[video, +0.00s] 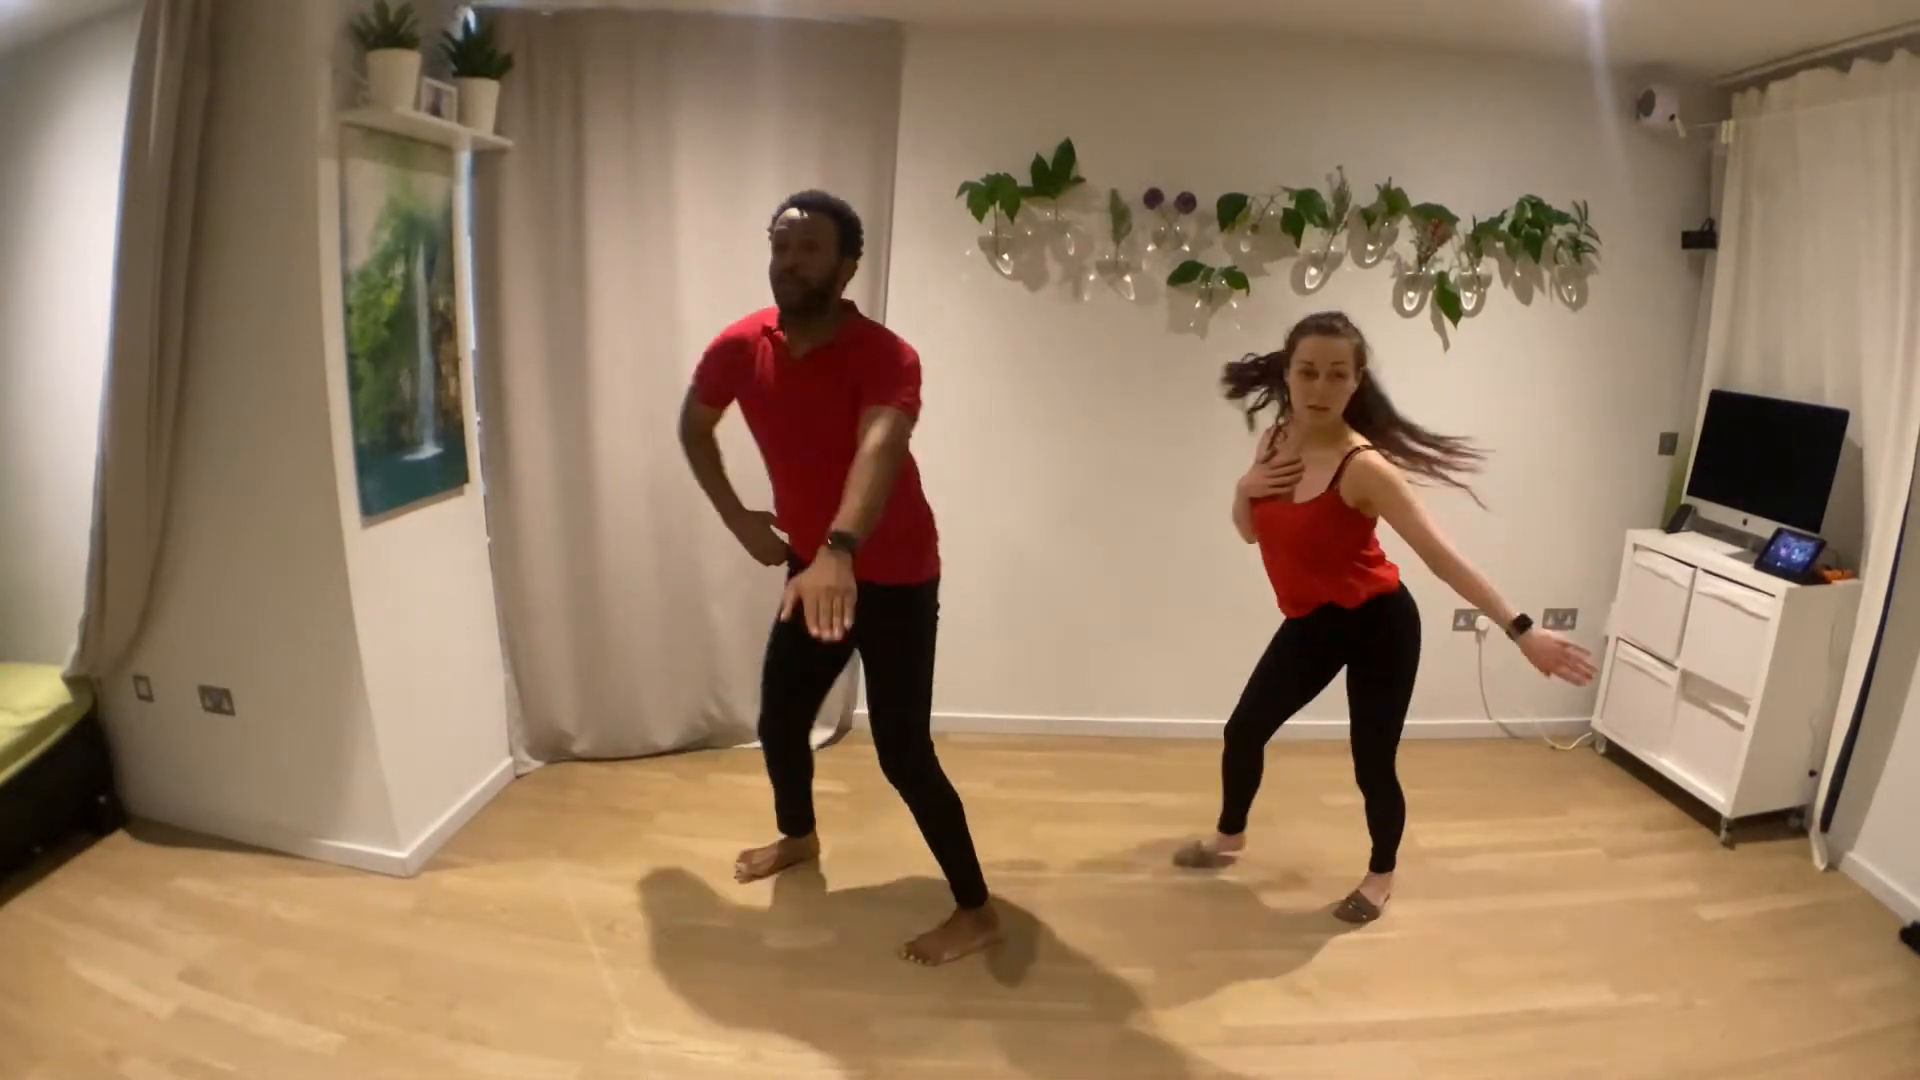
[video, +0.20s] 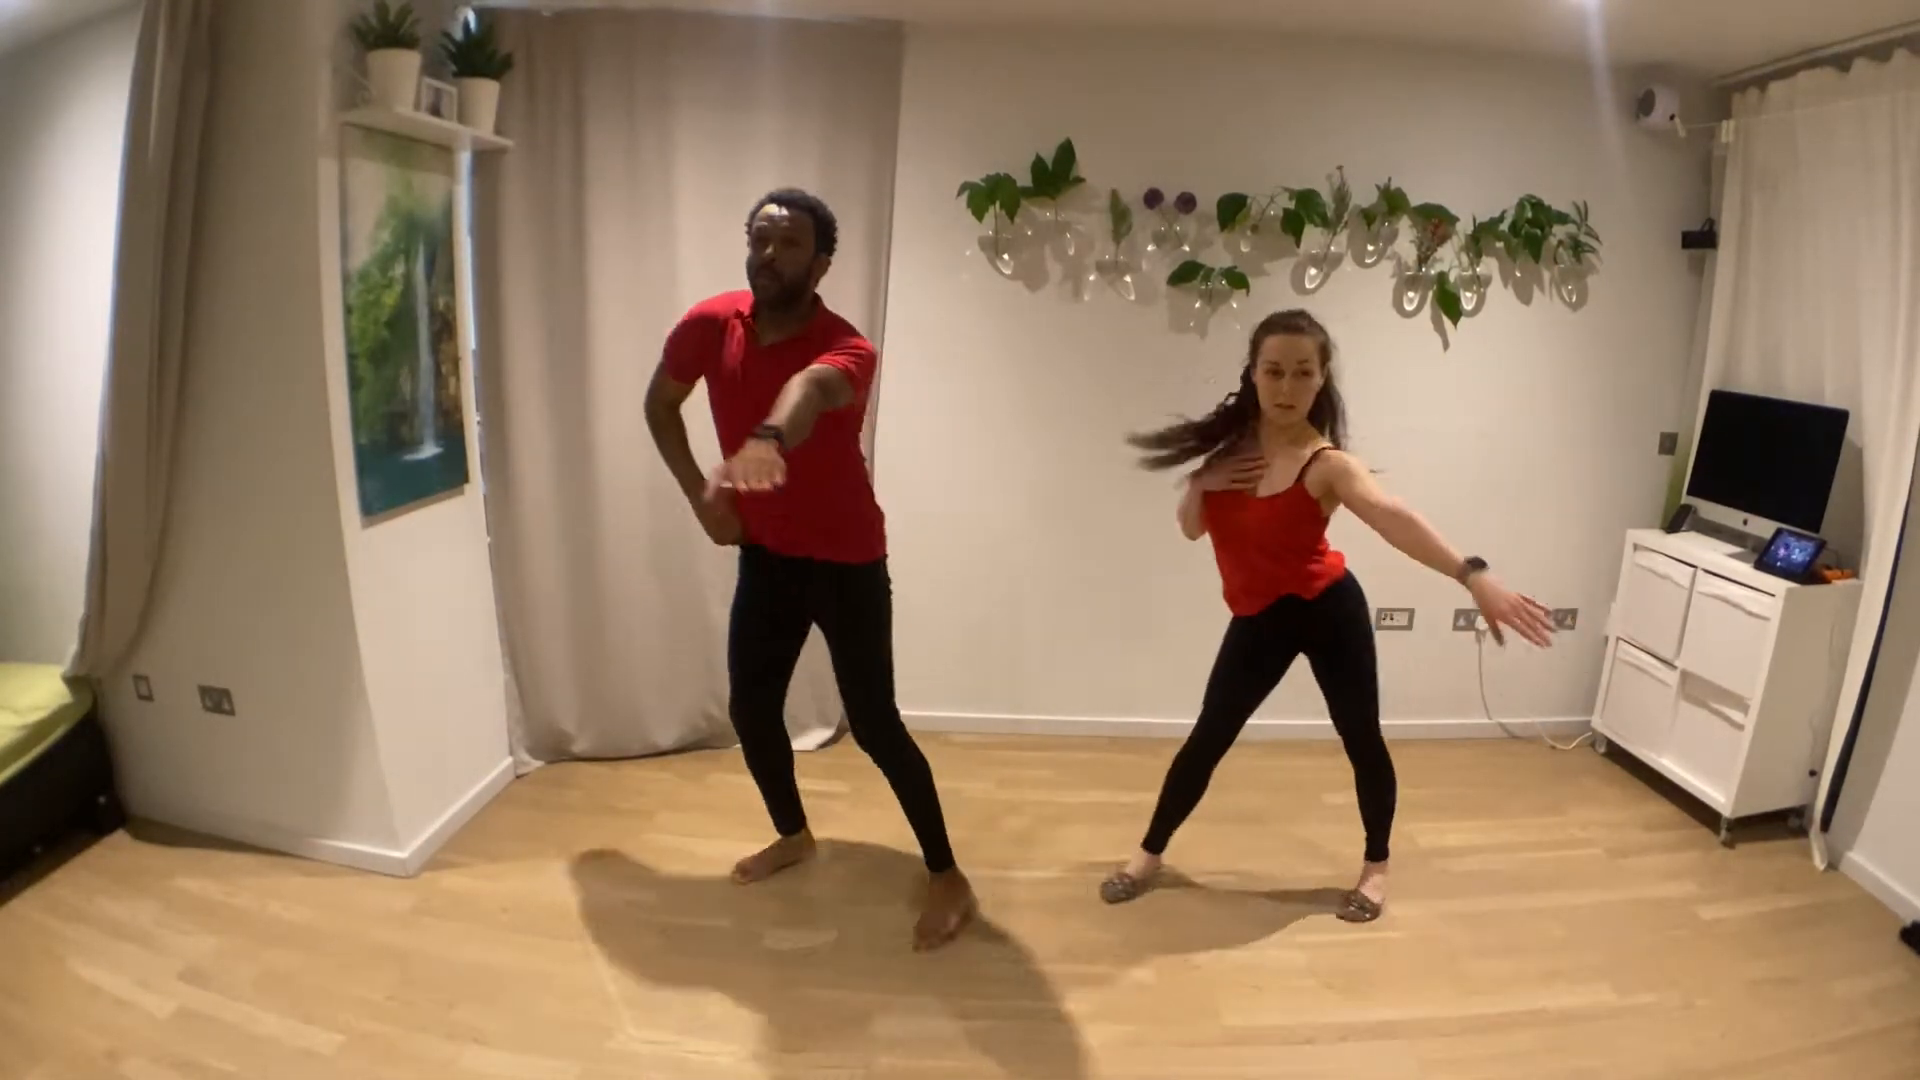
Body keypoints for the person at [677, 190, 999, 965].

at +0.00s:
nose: (788, 260)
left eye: (807, 247)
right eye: (779, 245)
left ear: (846, 263)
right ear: (768, 255)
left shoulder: (886, 357)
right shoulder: (742, 350)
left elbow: (879, 451)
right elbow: (695, 430)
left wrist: (838, 549)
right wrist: (743, 522)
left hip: (897, 574)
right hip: (814, 568)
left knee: (904, 751)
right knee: (781, 724)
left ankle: (976, 907)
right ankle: (797, 840)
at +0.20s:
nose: (765, 252)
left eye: (784, 241)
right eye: (757, 238)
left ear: (820, 259)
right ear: (744, 249)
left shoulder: (848, 349)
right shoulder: (711, 326)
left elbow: (813, 388)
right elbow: (660, 406)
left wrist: (772, 439)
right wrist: (701, 494)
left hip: (849, 562)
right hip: (769, 558)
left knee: (875, 721)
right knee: (752, 710)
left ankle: (946, 876)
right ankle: (793, 834)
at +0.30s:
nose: (750, 254)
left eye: (771, 243)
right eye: (742, 239)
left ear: (806, 259)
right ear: (728, 248)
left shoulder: (827, 350)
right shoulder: (697, 331)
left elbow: (775, 375)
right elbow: (666, 410)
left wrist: (713, 413)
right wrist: (684, 494)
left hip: (826, 557)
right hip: (748, 550)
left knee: (834, 720)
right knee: (743, 708)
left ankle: (914, 811)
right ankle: (792, 832)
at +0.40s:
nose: (736, 255)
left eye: (754, 244)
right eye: (726, 243)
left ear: (789, 259)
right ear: (713, 255)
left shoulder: (810, 350)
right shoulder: (697, 338)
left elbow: (739, 372)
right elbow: (683, 421)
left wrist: (643, 395)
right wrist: (679, 501)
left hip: (807, 558)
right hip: (730, 551)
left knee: (801, 712)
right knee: (732, 708)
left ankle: (833, 753)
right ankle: (789, 830)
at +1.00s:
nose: (686, 287)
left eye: (703, 274)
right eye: (674, 274)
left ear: (733, 286)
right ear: (660, 284)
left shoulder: (769, 374)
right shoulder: (640, 361)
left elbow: (734, 482)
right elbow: (622, 438)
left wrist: (665, 396)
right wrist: (607, 508)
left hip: (748, 577)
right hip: (668, 569)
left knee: (729, 701)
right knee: (656, 727)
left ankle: (714, 767)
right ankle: (642, 866)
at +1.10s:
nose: (682, 278)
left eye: (698, 267)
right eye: (668, 268)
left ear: (730, 283)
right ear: (654, 286)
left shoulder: (782, 372)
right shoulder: (628, 387)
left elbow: (814, 485)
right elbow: (607, 512)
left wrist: (712, 479)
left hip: (757, 579)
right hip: (671, 576)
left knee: (762, 742)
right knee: (661, 736)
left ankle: (739, 774)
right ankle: (640, 869)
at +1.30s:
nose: (709, 267)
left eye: (725, 257)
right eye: (694, 259)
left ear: (755, 278)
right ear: (674, 283)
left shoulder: (788, 363)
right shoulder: (658, 366)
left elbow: (824, 451)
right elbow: (722, 327)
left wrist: (845, 529)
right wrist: (818, 270)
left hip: (808, 582)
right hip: (722, 589)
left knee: (875, 733)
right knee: (696, 759)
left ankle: (941, 862)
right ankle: (642, 866)